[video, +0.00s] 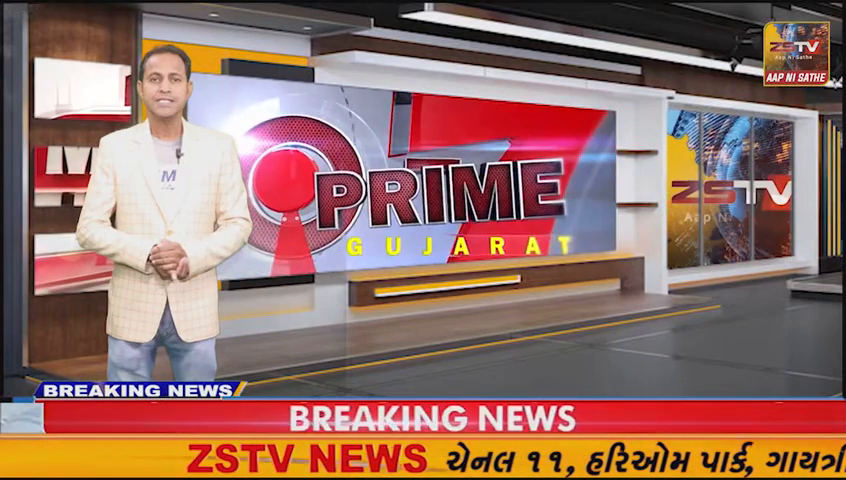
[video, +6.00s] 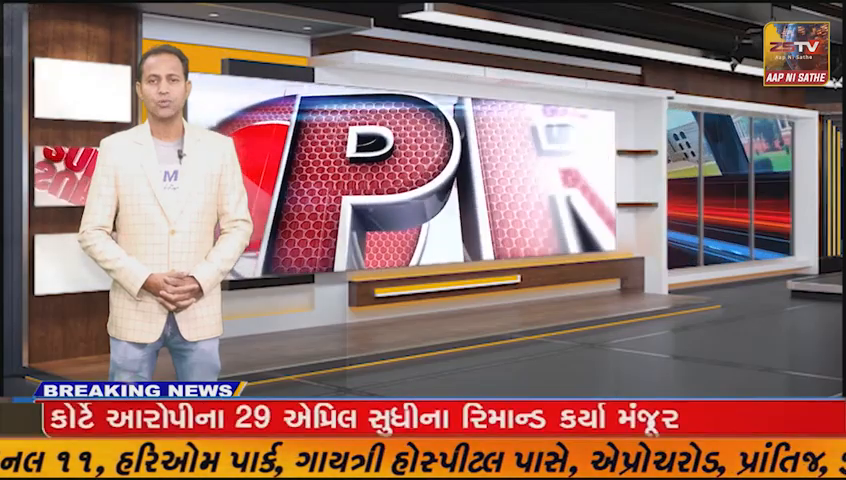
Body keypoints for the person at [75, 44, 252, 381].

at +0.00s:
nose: (164, 87)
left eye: (175, 79)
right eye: (155, 78)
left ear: (188, 89)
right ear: (141, 88)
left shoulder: (219, 147)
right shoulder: (113, 147)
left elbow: (238, 223)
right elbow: (90, 228)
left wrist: (192, 257)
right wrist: (148, 254)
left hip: (195, 303)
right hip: (132, 303)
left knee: (201, 413)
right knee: (125, 415)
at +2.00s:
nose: (159, 86)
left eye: (168, 76)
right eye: (149, 78)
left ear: (183, 87)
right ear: (137, 91)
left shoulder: (216, 147)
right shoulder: (112, 148)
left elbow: (239, 220)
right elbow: (86, 229)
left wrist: (199, 255)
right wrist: (143, 248)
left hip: (195, 303)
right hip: (133, 304)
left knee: (201, 415)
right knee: (125, 417)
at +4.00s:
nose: (165, 87)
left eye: (174, 77)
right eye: (154, 78)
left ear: (188, 87)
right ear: (140, 90)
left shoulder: (218, 147)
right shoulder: (115, 148)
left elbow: (239, 224)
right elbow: (92, 232)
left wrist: (202, 279)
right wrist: (145, 279)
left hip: (199, 310)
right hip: (135, 310)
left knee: (205, 420)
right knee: (127, 422)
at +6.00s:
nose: (163, 89)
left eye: (173, 79)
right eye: (153, 80)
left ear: (187, 88)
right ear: (140, 90)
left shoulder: (219, 148)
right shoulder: (115, 148)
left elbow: (238, 225)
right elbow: (92, 232)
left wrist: (201, 280)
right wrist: (145, 280)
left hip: (199, 310)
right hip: (135, 311)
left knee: (205, 420)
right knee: (125, 420)